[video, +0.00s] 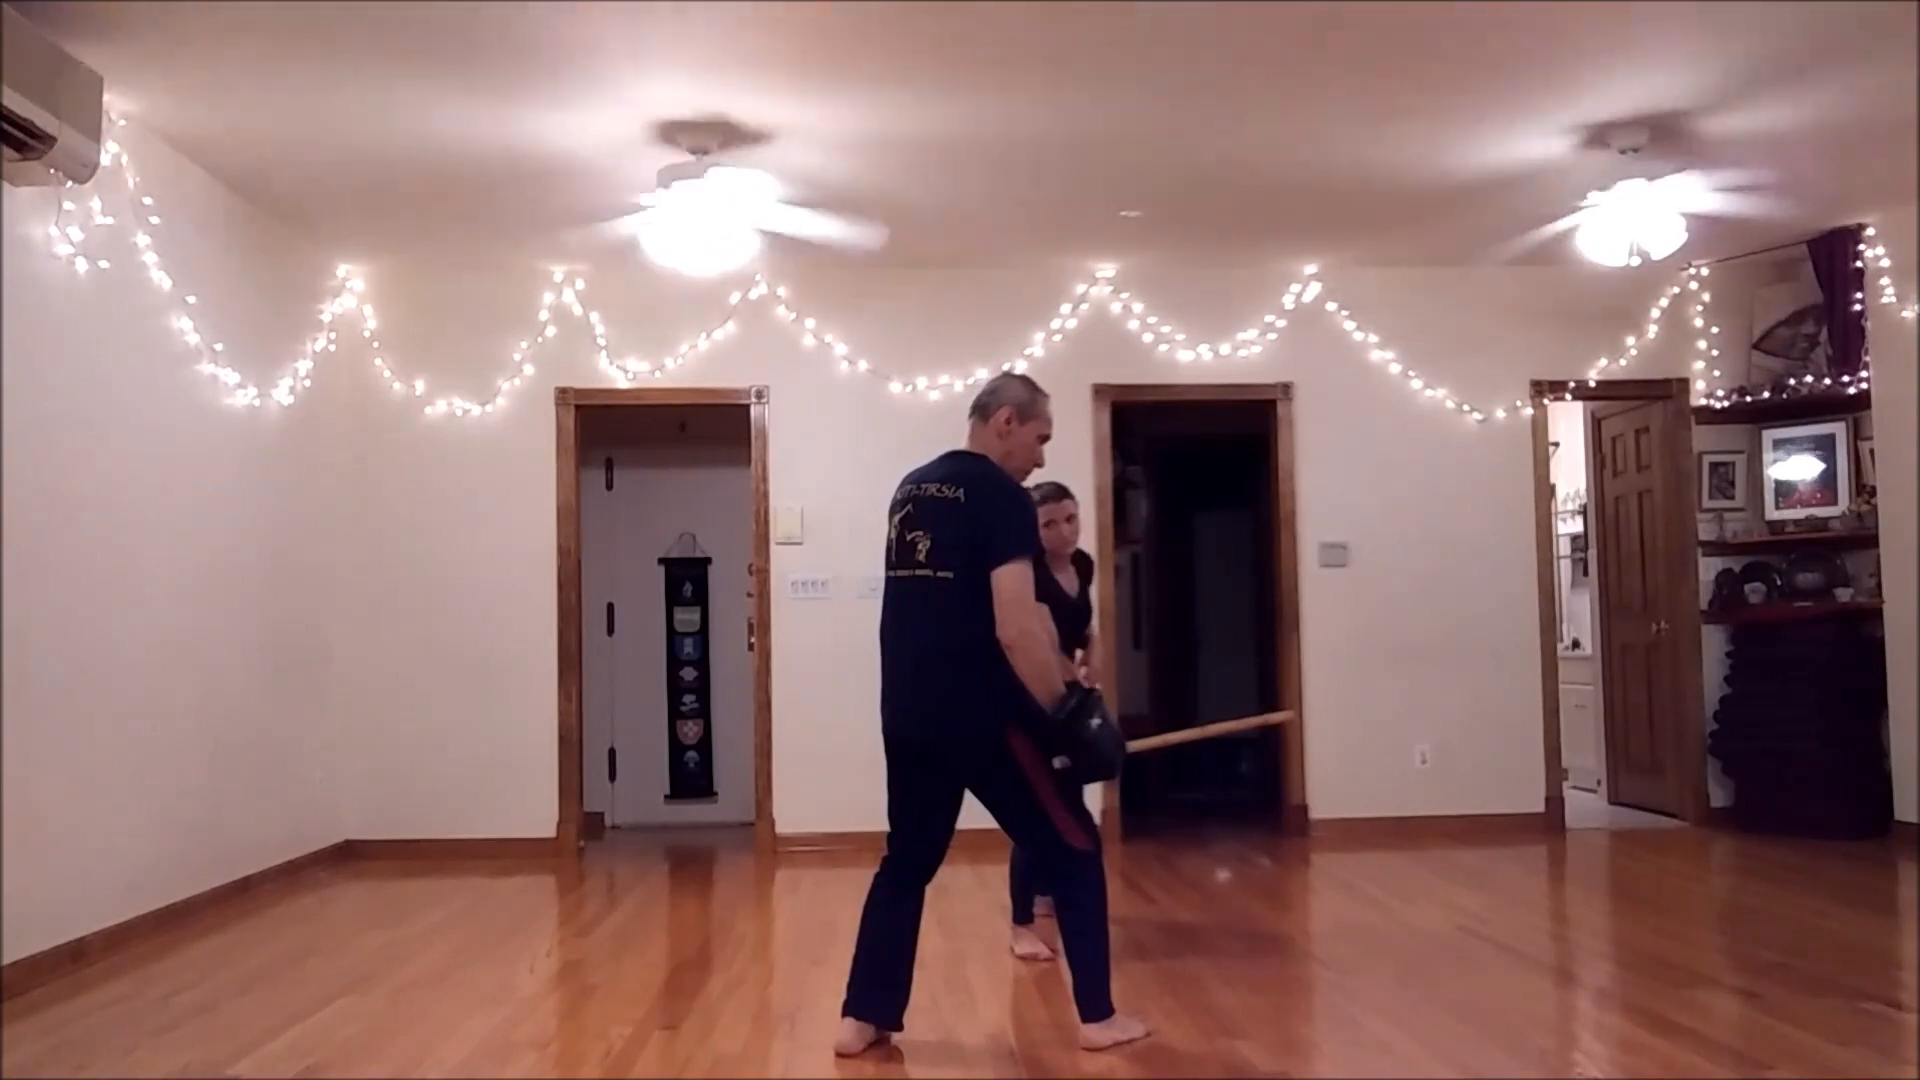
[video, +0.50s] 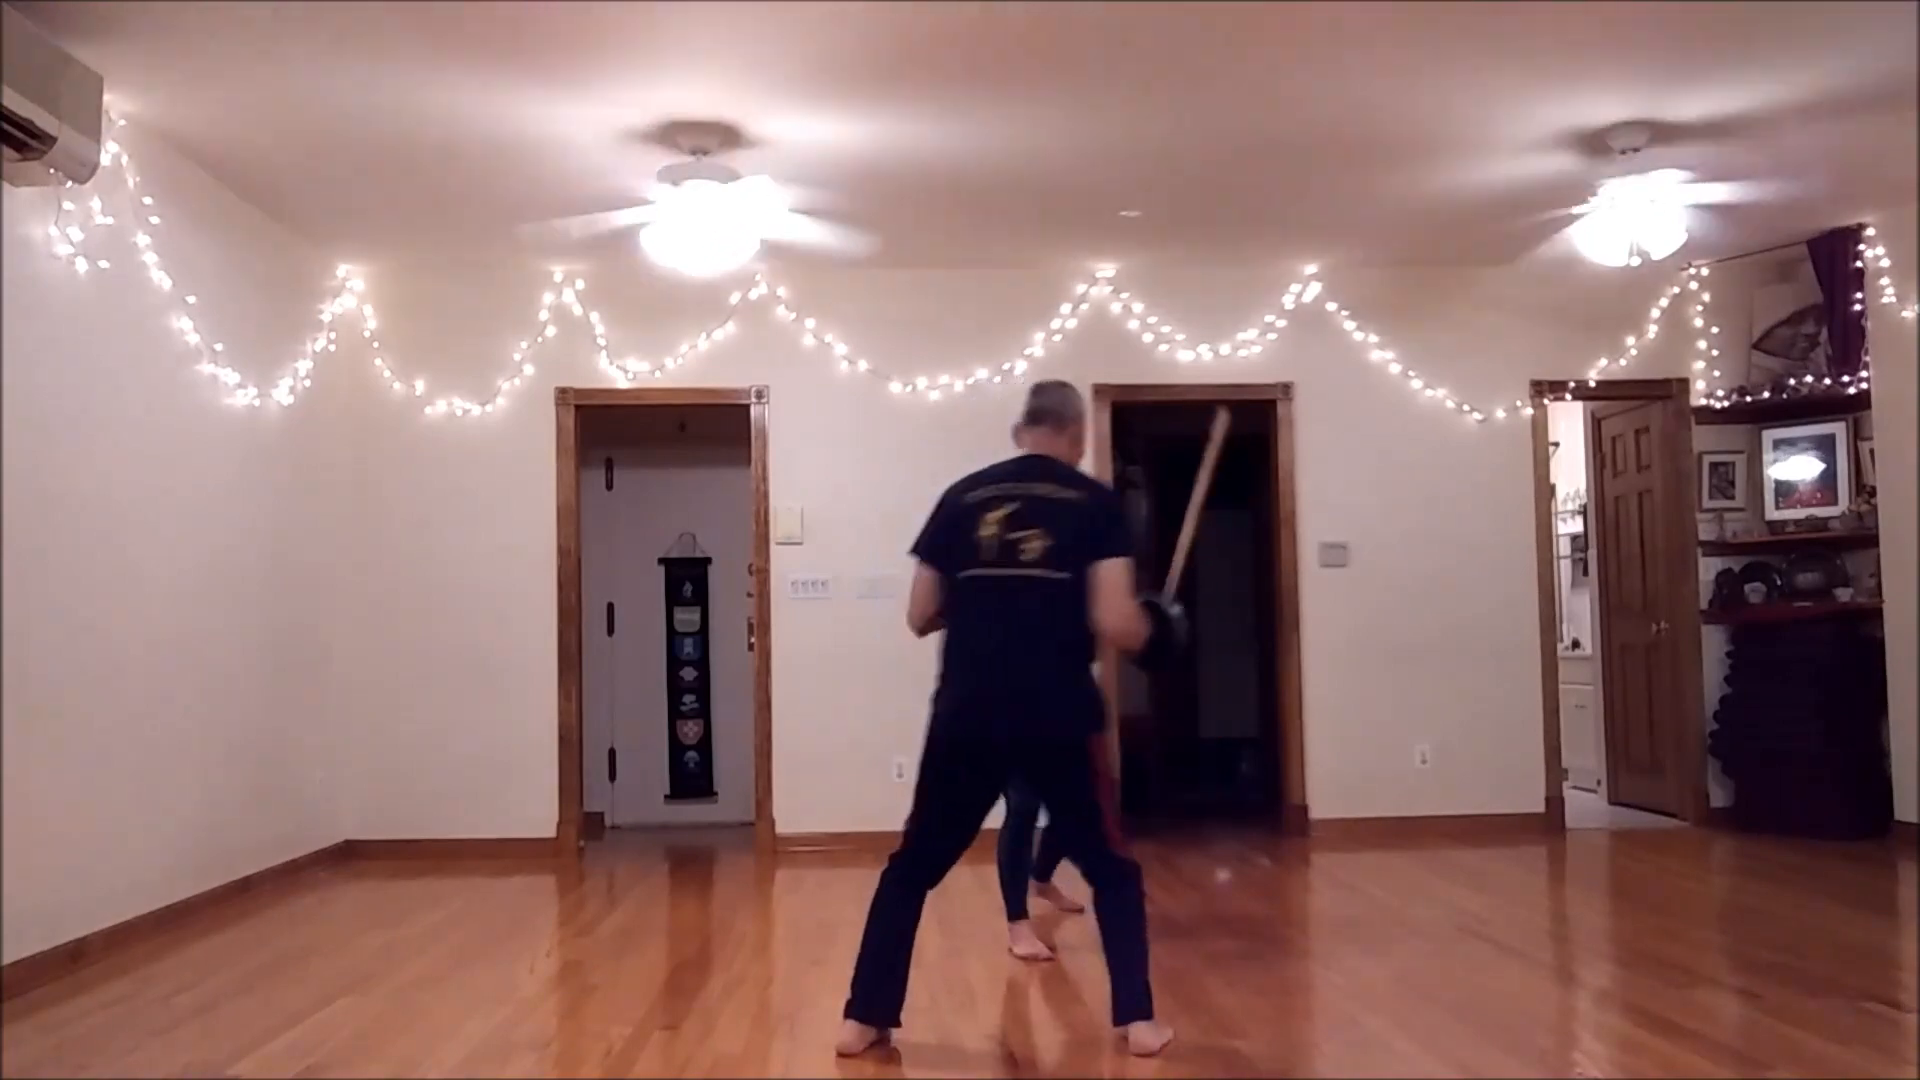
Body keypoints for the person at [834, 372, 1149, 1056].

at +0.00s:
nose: (1042, 455)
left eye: (1047, 442)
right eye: (1040, 439)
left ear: (985, 422)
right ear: (1003, 423)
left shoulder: (913, 487)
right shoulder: (999, 496)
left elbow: (926, 613)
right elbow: (1018, 627)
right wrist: (1066, 711)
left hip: (910, 711)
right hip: (982, 710)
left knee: (907, 858)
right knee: (1075, 846)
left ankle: (864, 1018)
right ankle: (1098, 1017)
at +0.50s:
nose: (1083, 445)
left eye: (1071, 434)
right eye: (1083, 434)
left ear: (1019, 429)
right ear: (1078, 432)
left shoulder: (963, 496)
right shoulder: (1097, 504)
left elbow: (922, 616)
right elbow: (1114, 622)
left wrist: (981, 590)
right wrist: (1152, 625)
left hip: (967, 717)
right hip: (1055, 717)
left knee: (914, 862)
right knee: (1109, 865)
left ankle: (866, 1017)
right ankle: (1137, 1020)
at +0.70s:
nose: (1076, 432)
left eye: (1069, 421)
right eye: (1122, 422)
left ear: (1061, 420)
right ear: (1128, 422)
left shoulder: (1034, 476)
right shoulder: (1167, 491)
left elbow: (997, 587)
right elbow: (1199, 620)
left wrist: (979, 622)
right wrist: (1160, 641)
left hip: (1042, 691)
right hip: (1131, 698)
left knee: (970, 846)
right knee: (1132, 853)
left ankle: (911, 1016)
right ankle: (1139, 1017)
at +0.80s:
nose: (1079, 425)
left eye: (1077, 416)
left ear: (1079, 413)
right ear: (1144, 412)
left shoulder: (1066, 467)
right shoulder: (1182, 481)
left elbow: (1027, 582)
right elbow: (1219, 613)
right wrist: (1166, 639)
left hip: (1069, 683)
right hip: (1152, 688)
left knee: (1022, 851)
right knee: (1135, 849)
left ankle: (1004, 1032)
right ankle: (1143, 1017)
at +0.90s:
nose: (1096, 416)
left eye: (1094, 406)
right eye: (1106, 406)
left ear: (1095, 403)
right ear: (1159, 402)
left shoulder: (1090, 464)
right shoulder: (1197, 472)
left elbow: (1047, 586)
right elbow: (1233, 604)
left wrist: (1042, 531)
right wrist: (1177, 635)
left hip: (1104, 683)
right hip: (1176, 685)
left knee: (1075, 859)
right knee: (1134, 846)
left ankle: (1118, 1038)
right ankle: (1170, 1010)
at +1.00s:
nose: (1105, 412)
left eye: (1105, 401)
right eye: (1111, 401)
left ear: (1112, 399)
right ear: (1172, 396)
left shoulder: (1111, 463)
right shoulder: (1216, 470)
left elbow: (1065, 588)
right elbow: (1249, 603)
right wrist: (1195, 639)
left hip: (1133, 679)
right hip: (1197, 679)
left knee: (1127, 861)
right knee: (1141, 850)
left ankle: (1226, 1031)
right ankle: (1157, 1012)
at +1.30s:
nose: (1148, 403)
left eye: (1148, 390)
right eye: (1150, 390)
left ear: (1161, 384)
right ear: (1222, 380)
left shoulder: (1182, 458)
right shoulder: (1266, 458)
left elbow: (1151, 596)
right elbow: (1303, 594)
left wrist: (1127, 545)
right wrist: (1214, 569)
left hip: (1203, 693)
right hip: (1252, 687)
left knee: (1238, 862)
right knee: (1165, 844)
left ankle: (1347, 1057)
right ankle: (1169, 1010)